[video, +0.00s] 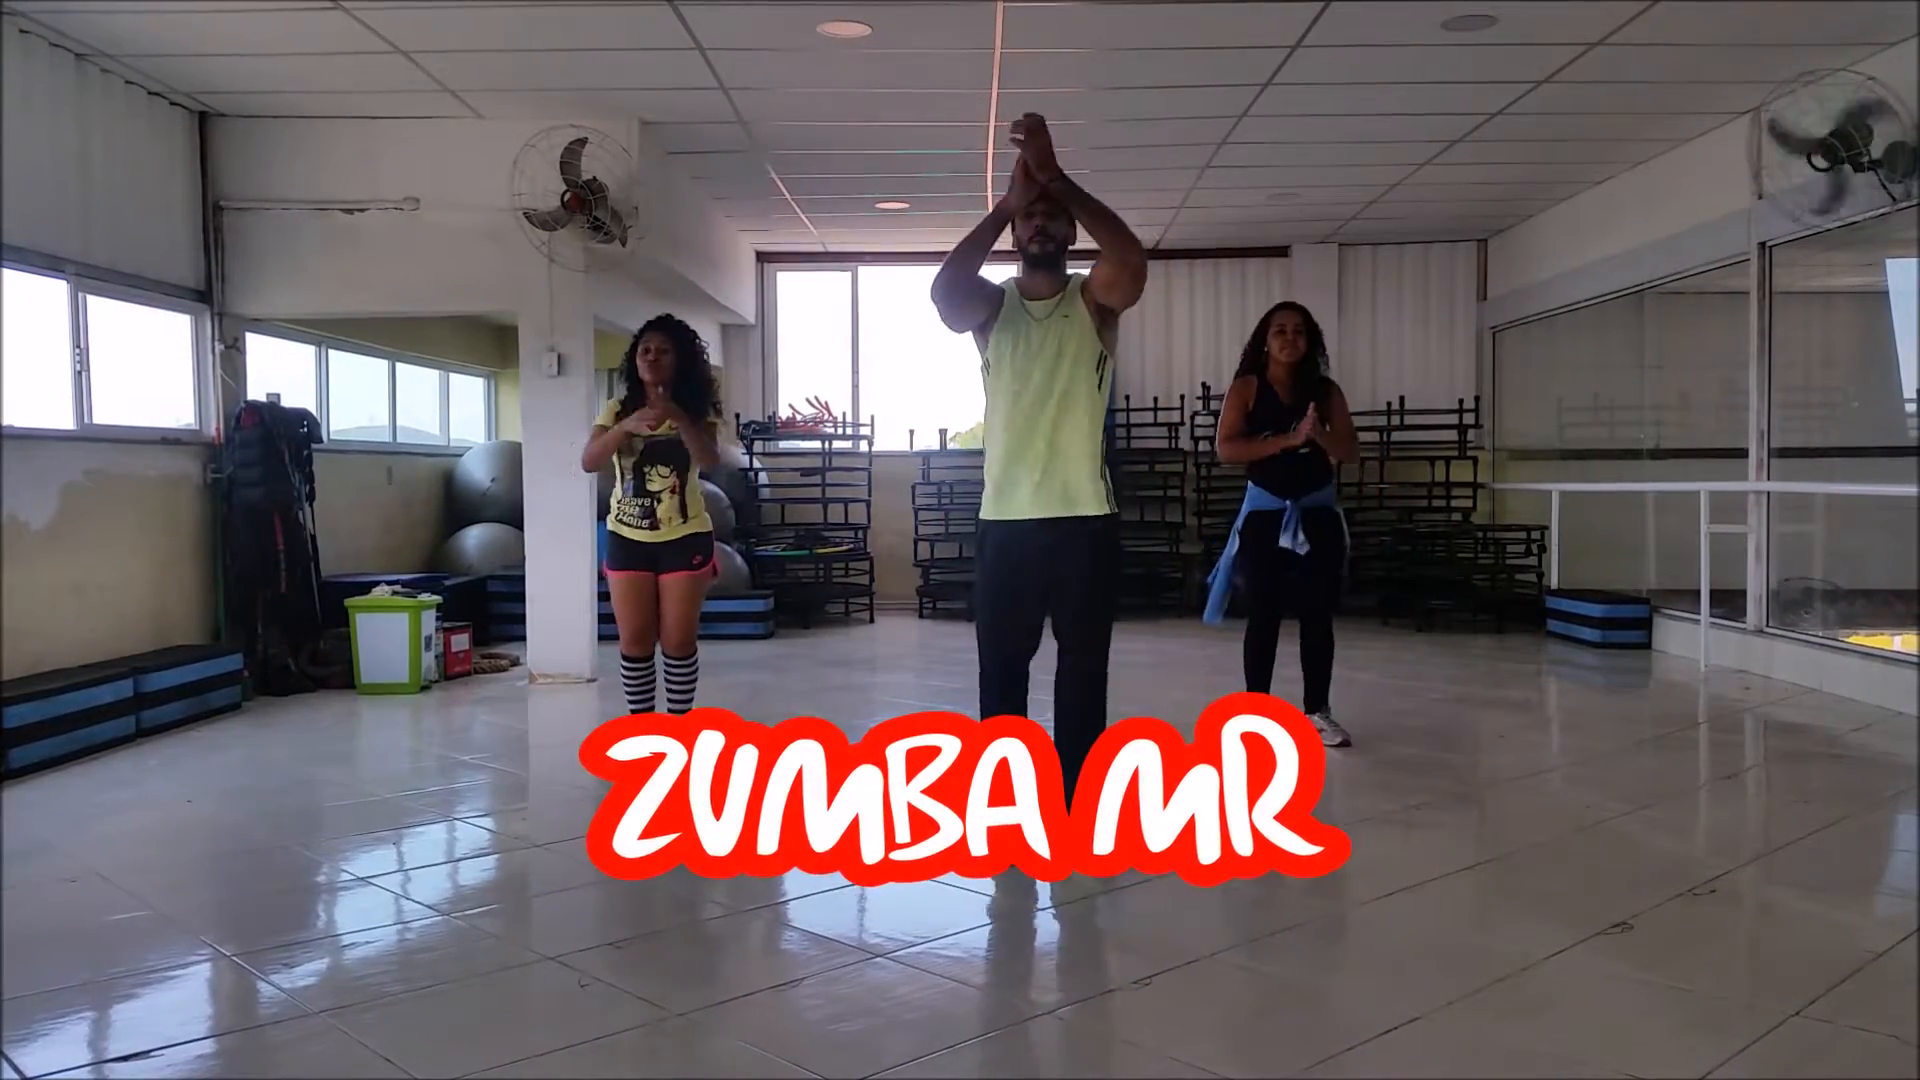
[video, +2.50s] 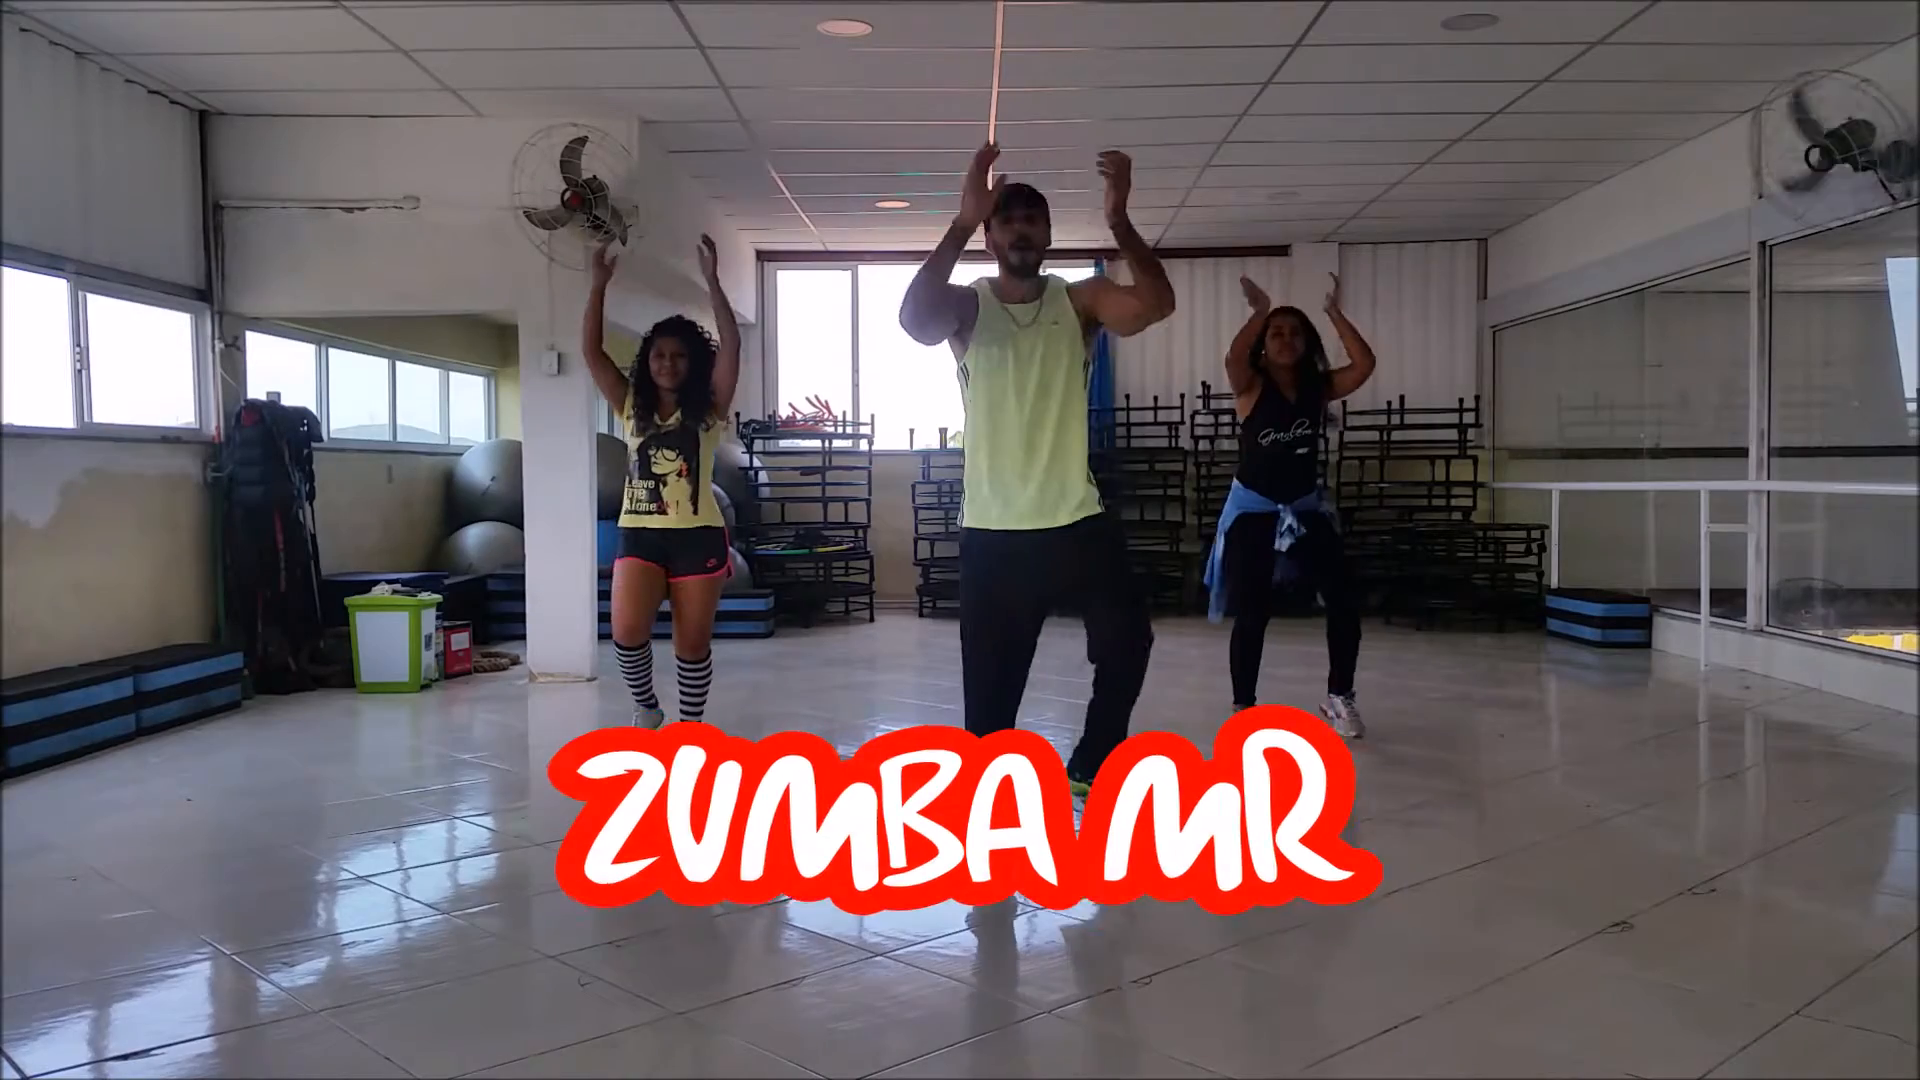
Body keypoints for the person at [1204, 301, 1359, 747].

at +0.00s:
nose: (1290, 339)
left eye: (1299, 332)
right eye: (1281, 331)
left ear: (1311, 341)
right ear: (1265, 339)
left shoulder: (1327, 392)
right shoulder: (1245, 386)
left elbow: (1348, 451)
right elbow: (1226, 450)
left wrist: (1318, 435)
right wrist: (1287, 440)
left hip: (1319, 517)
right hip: (1264, 516)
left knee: (1318, 616)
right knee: (1264, 616)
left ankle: (1317, 712)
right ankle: (1256, 713)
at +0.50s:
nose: (1287, 343)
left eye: (1296, 336)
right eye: (1277, 336)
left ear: (1310, 343)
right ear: (1263, 344)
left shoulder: (1328, 389)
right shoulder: (1246, 392)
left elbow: (1345, 438)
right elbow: (1226, 443)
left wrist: (1308, 390)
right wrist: (1273, 404)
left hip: (1310, 518)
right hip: (1253, 518)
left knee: (1320, 616)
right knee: (1248, 616)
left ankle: (1319, 711)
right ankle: (1239, 712)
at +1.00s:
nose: (1292, 345)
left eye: (1301, 338)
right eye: (1285, 336)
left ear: (1313, 343)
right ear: (1271, 341)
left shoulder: (1327, 382)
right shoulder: (1254, 385)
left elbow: (1370, 379)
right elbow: (1232, 387)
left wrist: (1337, 327)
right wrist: (1268, 348)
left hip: (1323, 515)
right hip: (1269, 516)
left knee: (1325, 614)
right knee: (1260, 615)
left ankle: (1328, 711)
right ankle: (1239, 710)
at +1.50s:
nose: (1286, 340)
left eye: (1295, 334)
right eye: (1278, 334)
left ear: (1310, 342)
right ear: (1265, 342)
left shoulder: (1325, 383)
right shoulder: (1253, 386)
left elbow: (1367, 348)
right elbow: (1225, 359)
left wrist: (1328, 304)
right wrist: (1263, 314)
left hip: (1314, 514)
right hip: (1258, 514)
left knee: (1341, 607)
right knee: (1256, 613)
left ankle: (1336, 700)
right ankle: (1251, 712)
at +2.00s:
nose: (1299, 339)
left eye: (1308, 333)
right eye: (1290, 334)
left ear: (1322, 342)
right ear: (1278, 344)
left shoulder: (1339, 386)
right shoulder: (1264, 389)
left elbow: (1372, 347)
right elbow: (1234, 363)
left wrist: (1336, 301)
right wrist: (1268, 319)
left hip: (1332, 516)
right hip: (1276, 516)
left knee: (1335, 612)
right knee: (1261, 607)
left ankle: (1335, 711)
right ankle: (1250, 702)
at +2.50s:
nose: (1285, 340)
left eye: (1294, 333)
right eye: (1276, 334)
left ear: (1307, 344)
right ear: (1262, 344)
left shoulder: (1318, 387)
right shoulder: (1249, 386)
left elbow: (1362, 365)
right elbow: (1235, 357)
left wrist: (1335, 314)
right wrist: (1260, 312)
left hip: (1308, 513)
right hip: (1254, 514)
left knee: (1344, 600)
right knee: (1252, 613)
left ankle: (1340, 697)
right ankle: (1244, 710)